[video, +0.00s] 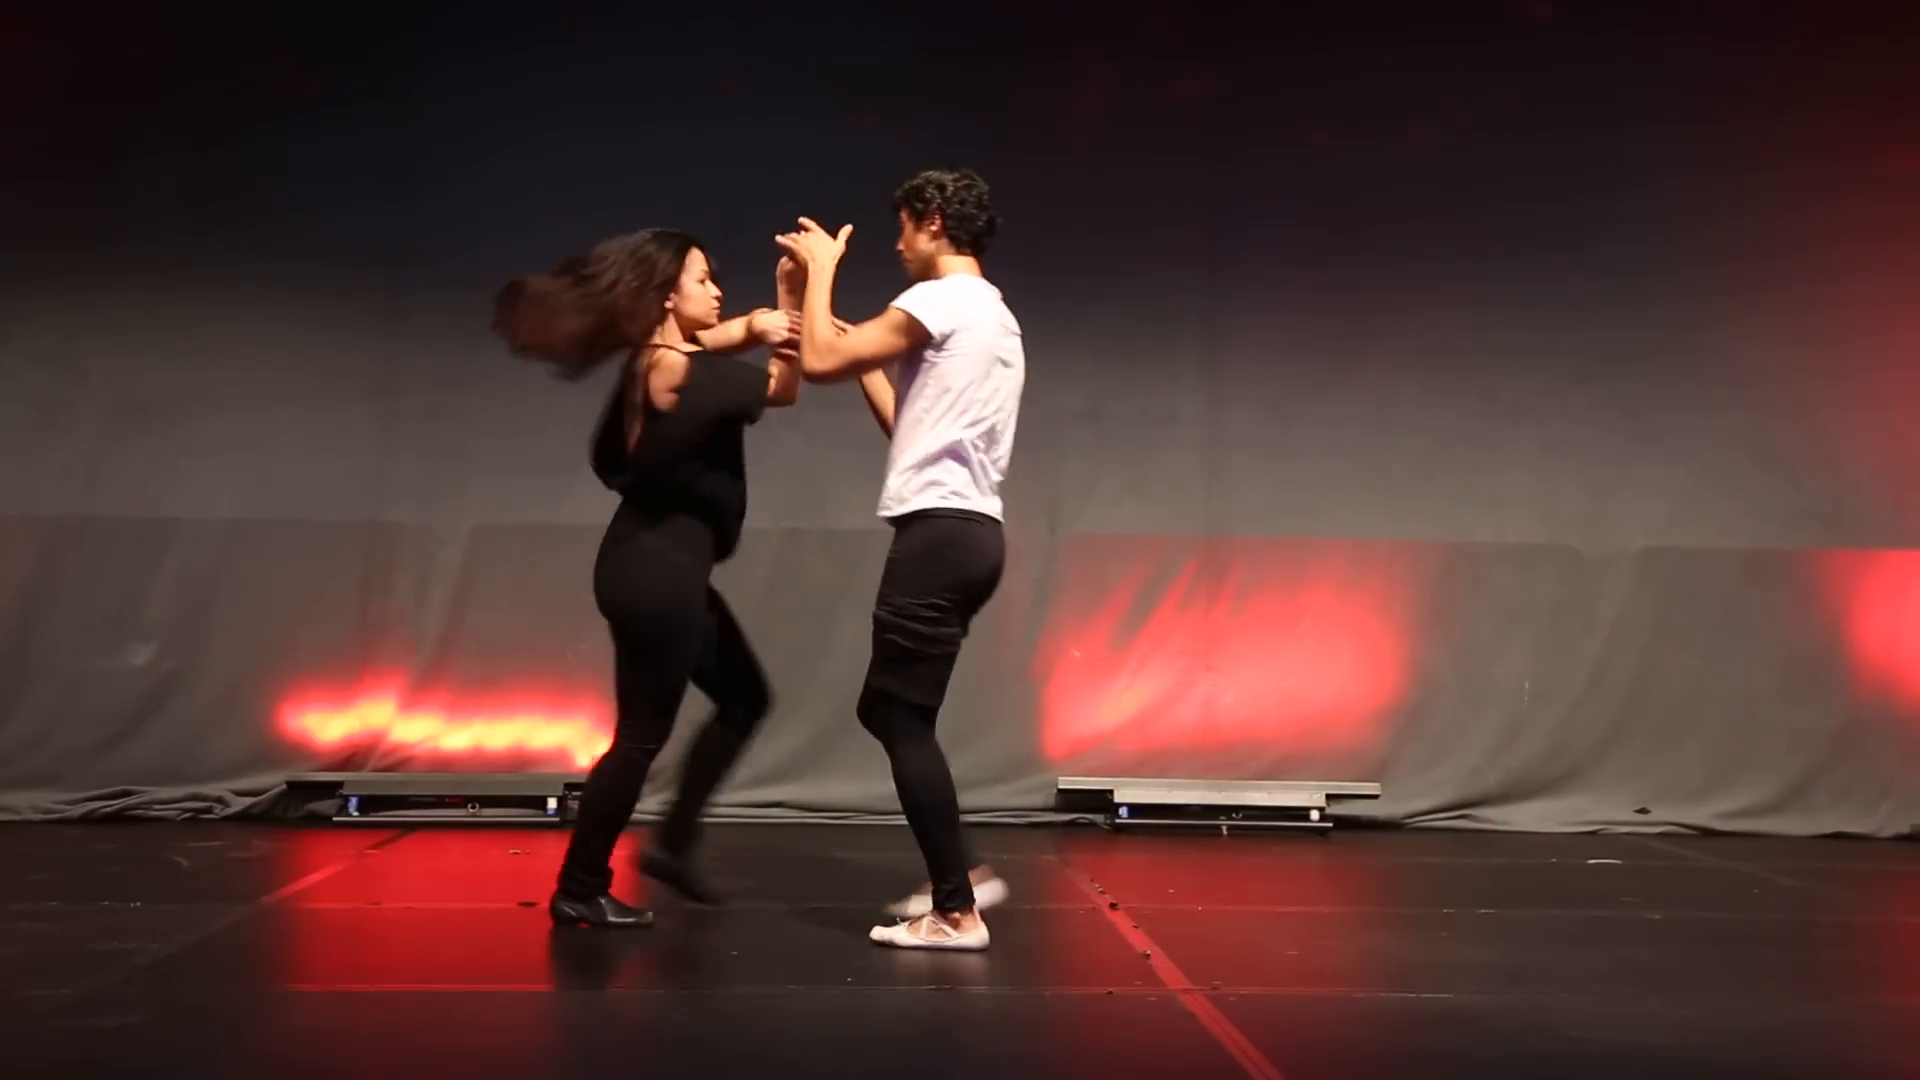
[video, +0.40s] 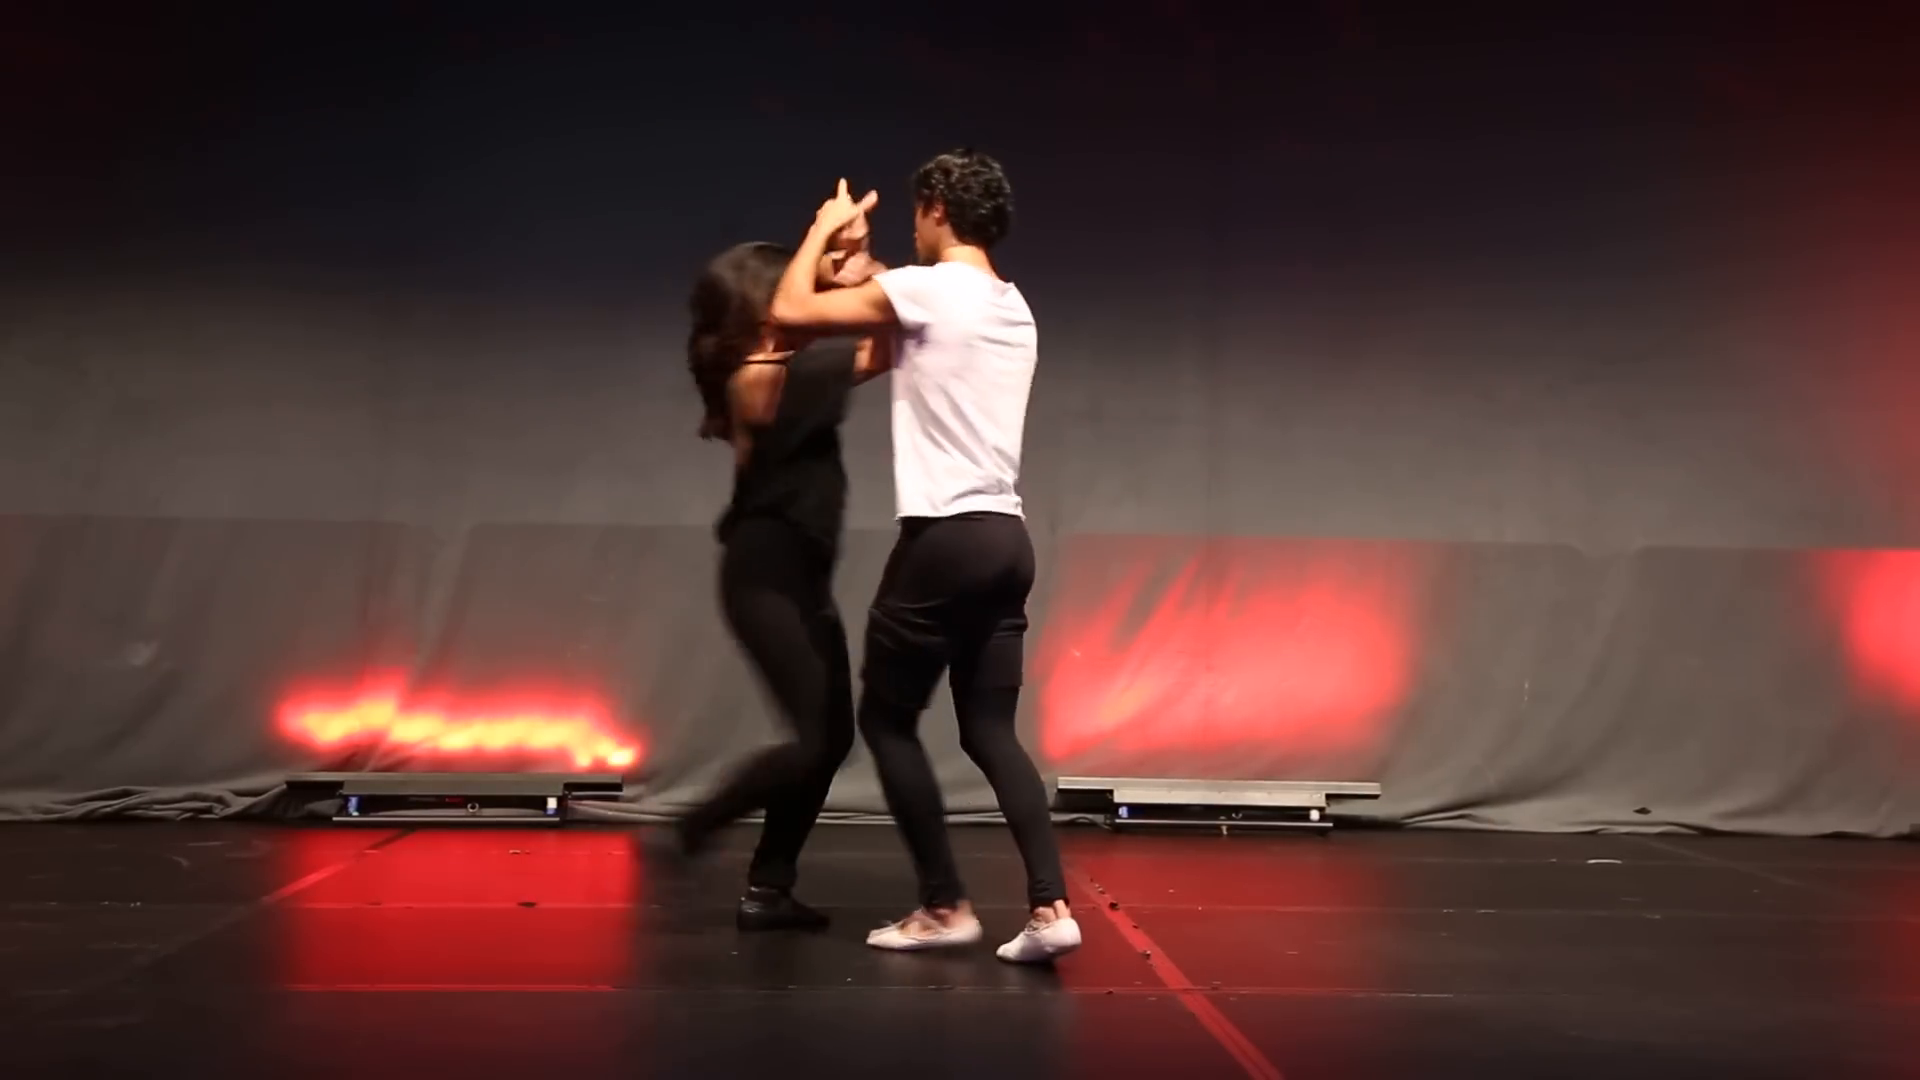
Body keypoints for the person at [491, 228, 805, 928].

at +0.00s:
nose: (719, 291)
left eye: (714, 278)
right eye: (705, 279)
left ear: (661, 298)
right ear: (666, 295)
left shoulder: (647, 365)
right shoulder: (690, 368)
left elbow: (726, 338)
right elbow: (783, 385)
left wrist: (760, 327)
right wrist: (795, 293)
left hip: (645, 565)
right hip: (659, 572)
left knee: (745, 699)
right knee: (640, 737)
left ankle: (674, 843)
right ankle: (579, 891)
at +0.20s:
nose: (752, 304)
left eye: (748, 292)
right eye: (739, 292)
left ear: (711, 307)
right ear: (697, 304)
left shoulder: (726, 368)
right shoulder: (683, 372)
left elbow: (797, 385)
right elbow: (789, 392)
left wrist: (793, 299)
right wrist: (797, 298)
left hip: (724, 574)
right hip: (670, 569)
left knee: (804, 721)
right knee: (652, 734)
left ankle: (765, 889)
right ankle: (599, 889)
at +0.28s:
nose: (774, 308)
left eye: (772, 294)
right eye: (760, 295)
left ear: (733, 309)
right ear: (718, 305)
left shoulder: (753, 371)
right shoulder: (707, 375)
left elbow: (820, 380)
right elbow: (815, 369)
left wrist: (820, 308)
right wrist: (819, 273)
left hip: (758, 579)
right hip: (702, 577)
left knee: (819, 728)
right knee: (695, 730)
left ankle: (768, 894)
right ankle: (602, 874)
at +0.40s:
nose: (801, 300)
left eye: (796, 287)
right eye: (789, 287)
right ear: (759, 304)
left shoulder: (804, 369)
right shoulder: (754, 381)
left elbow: (882, 347)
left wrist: (863, 266)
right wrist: (849, 258)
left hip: (806, 578)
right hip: (761, 578)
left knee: (832, 736)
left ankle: (770, 890)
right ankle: (689, 829)